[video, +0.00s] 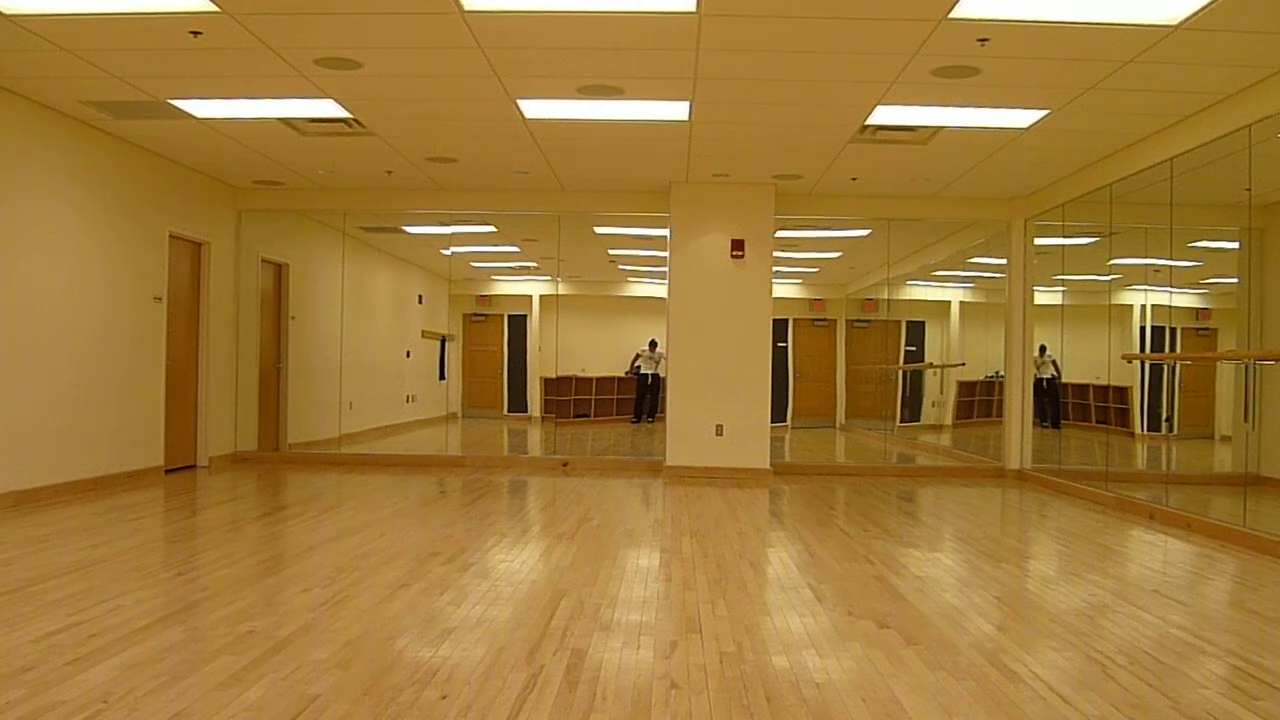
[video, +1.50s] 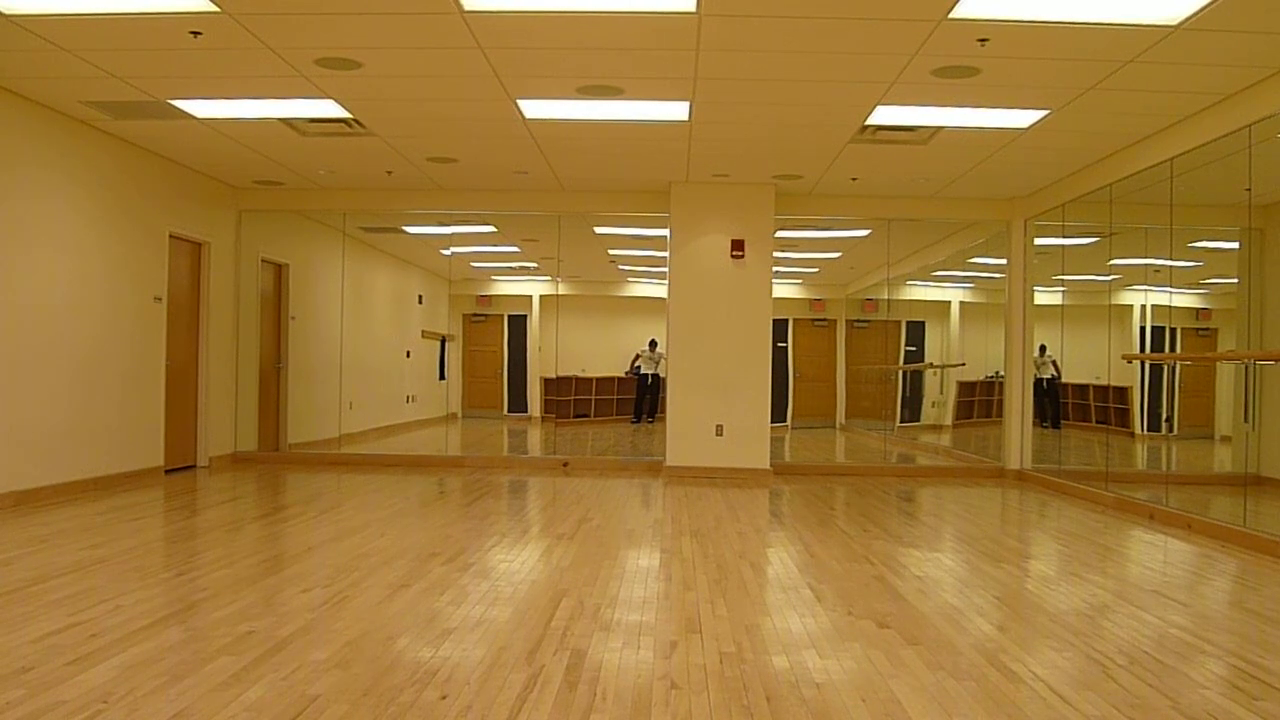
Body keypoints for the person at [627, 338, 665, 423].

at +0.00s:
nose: (652, 351)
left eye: (654, 349)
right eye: (651, 349)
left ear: (656, 348)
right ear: (648, 347)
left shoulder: (660, 354)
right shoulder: (642, 352)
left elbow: (668, 361)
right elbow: (634, 359)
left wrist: (668, 373)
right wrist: (631, 369)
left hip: (654, 373)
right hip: (643, 373)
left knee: (654, 396)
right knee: (640, 395)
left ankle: (651, 416)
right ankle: (637, 416)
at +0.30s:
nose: (652, 351)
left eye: (654, 349)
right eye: (651, 349)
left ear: (656, 348)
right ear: (648, 347)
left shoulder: (660, 354)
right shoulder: (642, 352)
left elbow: (668, 361)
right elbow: (634, 360)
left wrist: (667, 373)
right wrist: (631, 370)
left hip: (654, 373)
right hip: (643, 373)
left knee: (654, 396)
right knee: (640, 395)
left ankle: (651, 416)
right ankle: (637, 416)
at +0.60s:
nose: (652, 350)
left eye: (653, 349)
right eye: (650, 348)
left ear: (656, 348)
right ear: (648, 347)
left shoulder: (660, 354)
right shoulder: (642, 352)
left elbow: (668, 361)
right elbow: (634, 360)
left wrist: (667, 373)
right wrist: (631, 369)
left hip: (654, 374)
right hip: (643, 373)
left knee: (654, 396)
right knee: (640, 395)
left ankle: (651, 416)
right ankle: (637, 416)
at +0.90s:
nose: (652, 350)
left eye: (653, 348)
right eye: (650, 348)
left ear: (656, 348)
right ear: (648, 347)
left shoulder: (660, 354)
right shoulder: (642, 352)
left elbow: (668, 361)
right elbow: (634, 360)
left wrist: (667, 373)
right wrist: (631, 370)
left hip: (654, 374)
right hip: (643, 373)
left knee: (654, 396)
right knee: (640, 395)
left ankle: (651, 416)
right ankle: (637, 416)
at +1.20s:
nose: (652, 350)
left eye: (653, 348)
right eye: (650, 348)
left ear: (656, 348)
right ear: (648, 346)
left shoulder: (660, 354)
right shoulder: (642, 352)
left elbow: (668, 361)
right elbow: (634, 360)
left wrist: (667, 374)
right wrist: (631, 370)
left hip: (654, 374)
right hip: (643, 373)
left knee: (654, 396)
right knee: (640, 395)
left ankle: (651, 416)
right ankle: (637, 416)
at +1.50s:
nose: (652, 350)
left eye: (654, 348)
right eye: (651, 348)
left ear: (656, 348)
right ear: (648, 346)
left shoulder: (660, 354)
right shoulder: (642, 352)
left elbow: (668, 361)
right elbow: (634, 360)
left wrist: (667, 373)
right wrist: (631, 369)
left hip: (654, 374)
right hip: (643, 374)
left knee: (654, 396)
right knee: (640, 395)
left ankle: (651, 416)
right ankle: (637, 416)